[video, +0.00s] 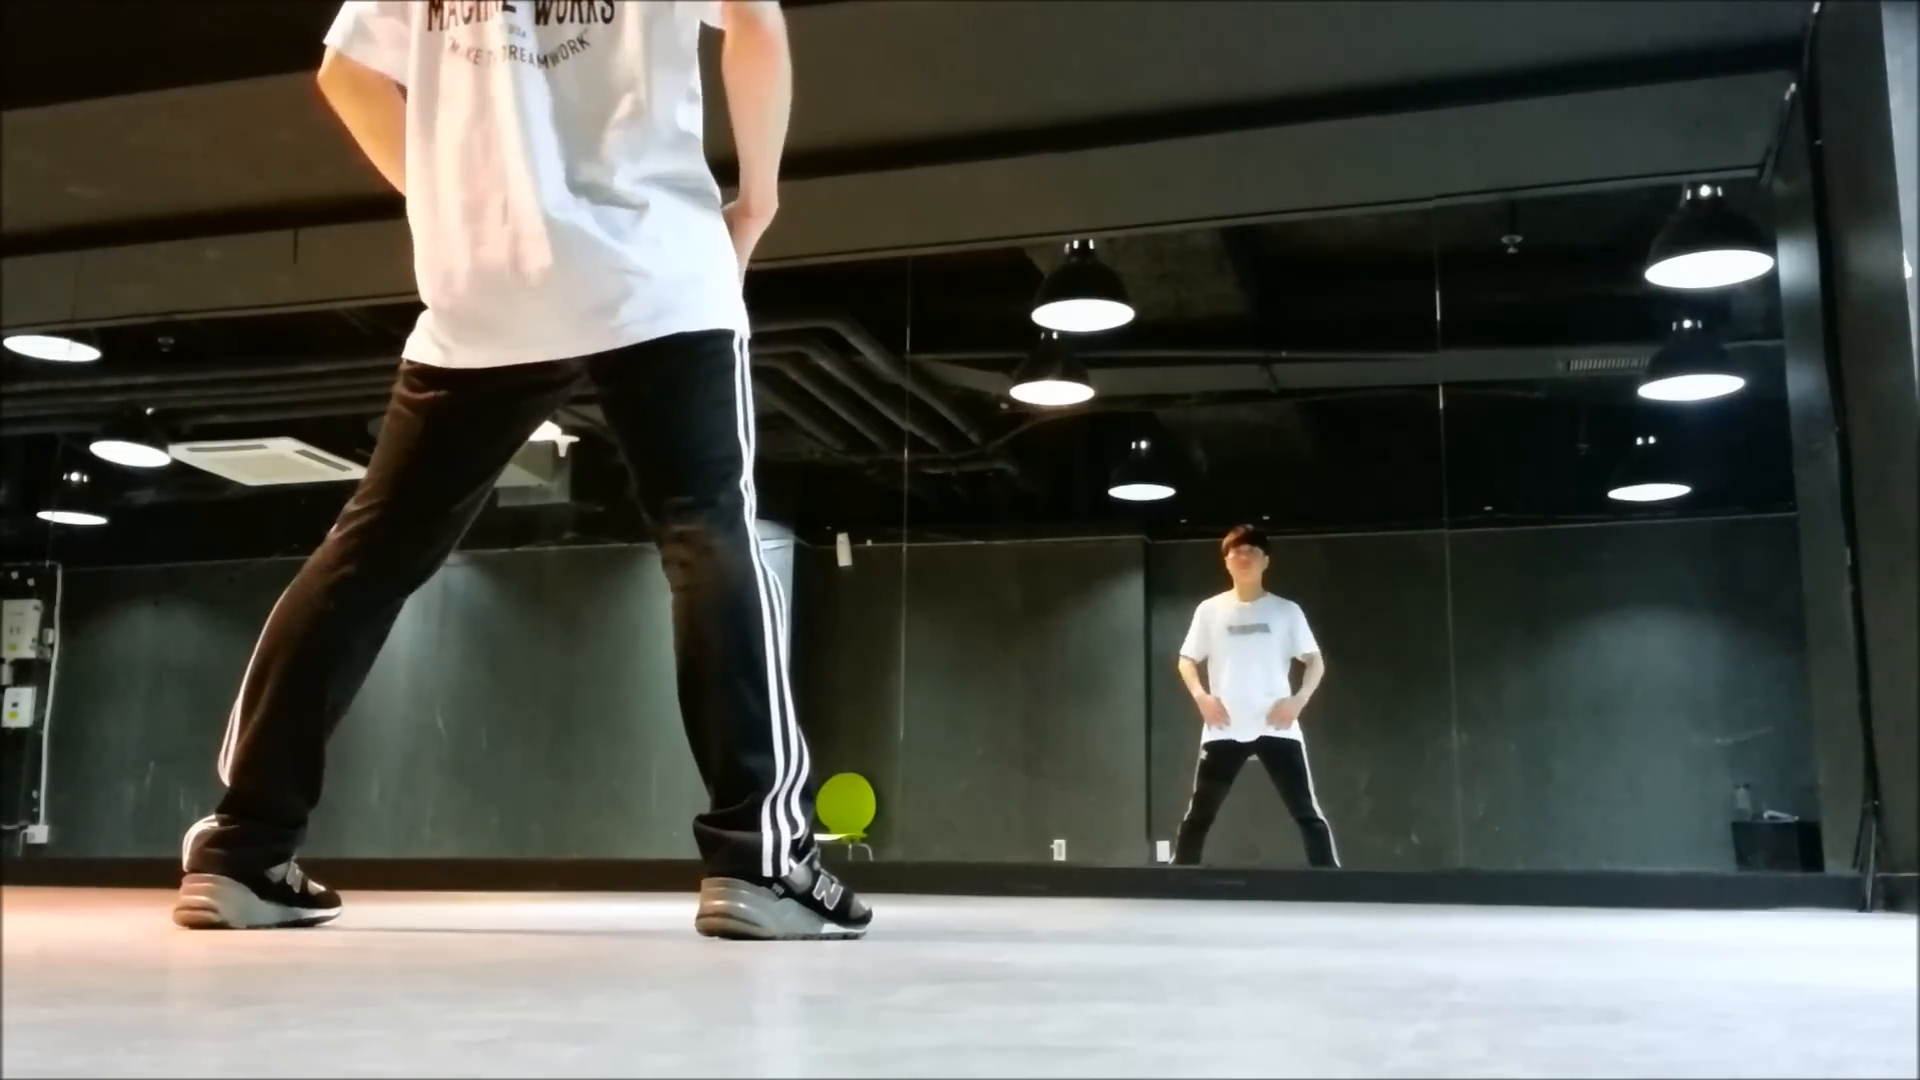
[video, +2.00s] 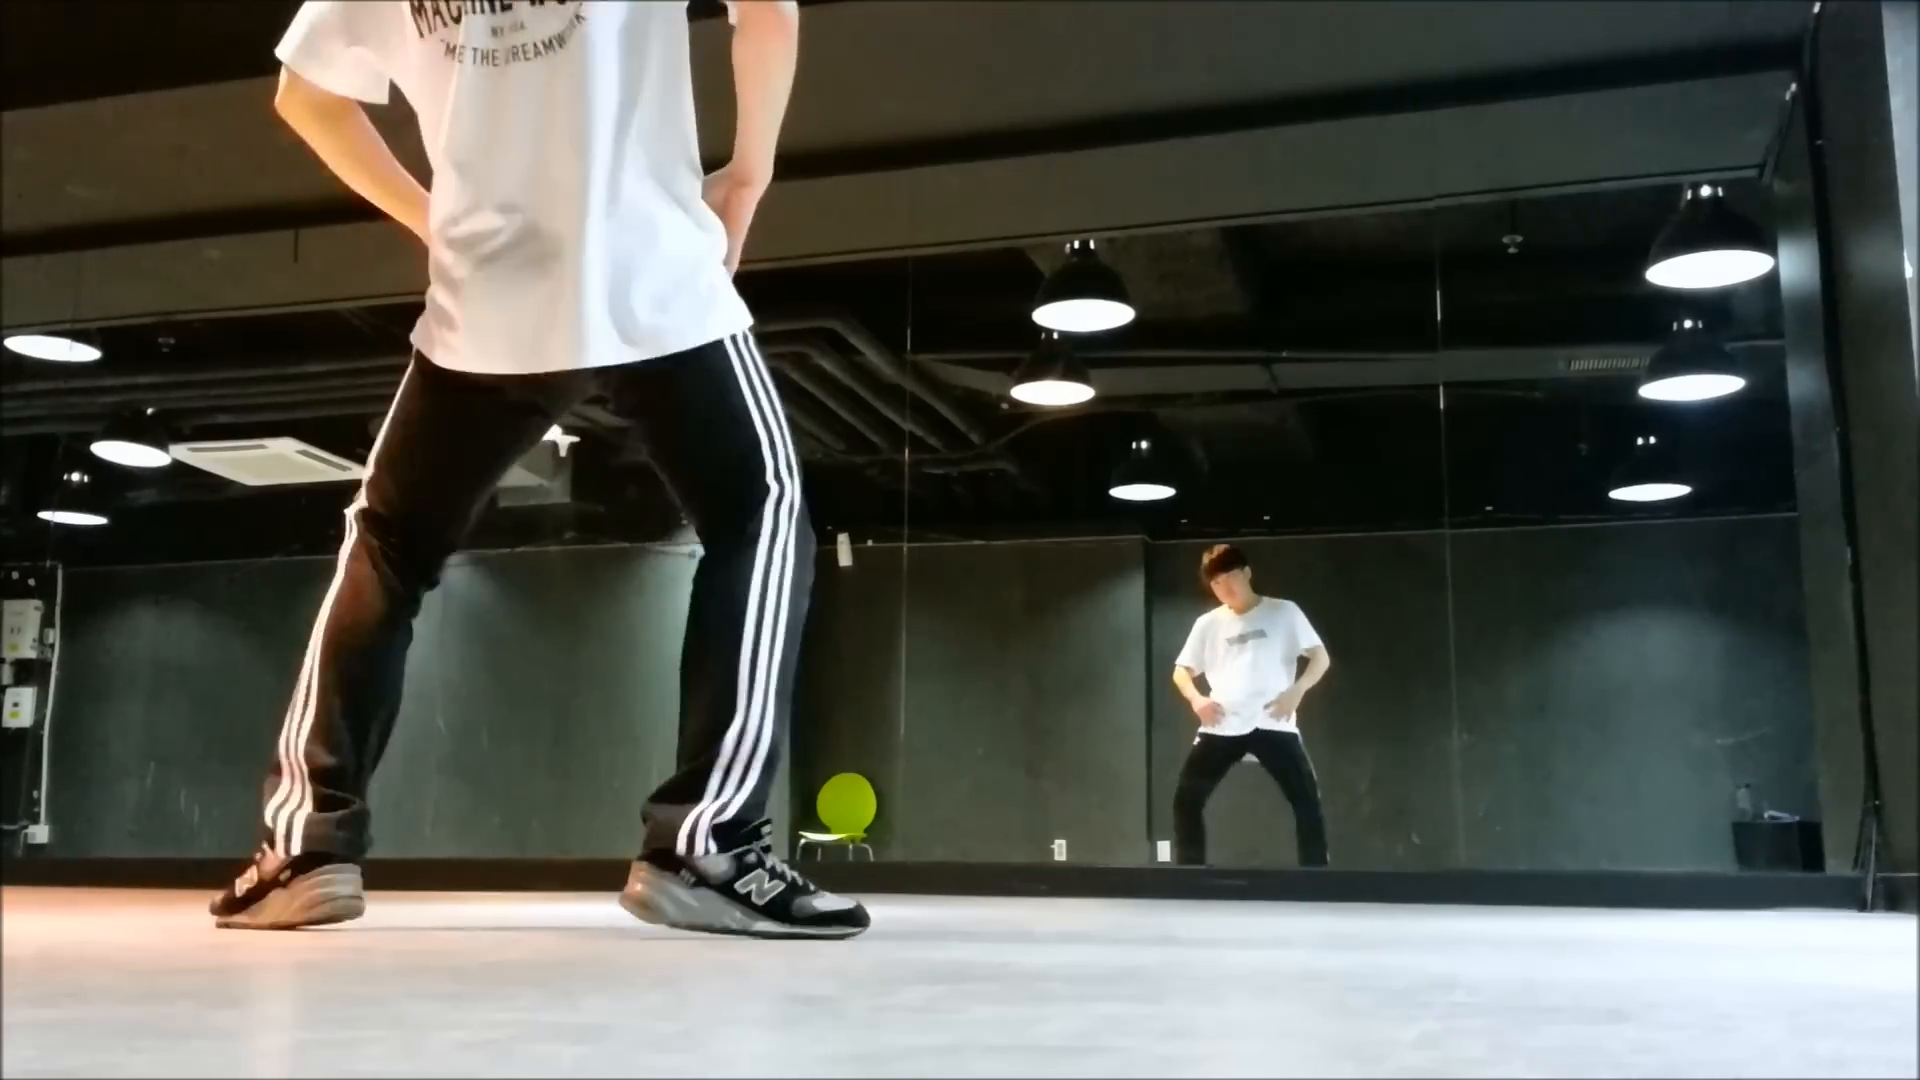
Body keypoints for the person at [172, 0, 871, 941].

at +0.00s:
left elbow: (350, 69)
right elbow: (754, 22)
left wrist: (458, 198)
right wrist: (758, 190)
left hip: (482, 254)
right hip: (655, 251)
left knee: (370, 551)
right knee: (710, 539)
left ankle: (238, 848)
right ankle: (760, 856)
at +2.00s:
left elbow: (306, 92)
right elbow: (766, 11)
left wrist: (431, 216)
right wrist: (746, 174)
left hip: (485, 280)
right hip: (654, 267)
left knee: (386, 549)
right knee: (761, 515)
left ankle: (307, 840)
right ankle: (706, 843)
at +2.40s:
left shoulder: (401, 3)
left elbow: (301, 63)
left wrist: (391, 220)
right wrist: (754, 164)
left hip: (458, 258)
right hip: (635, 243)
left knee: (385, 566)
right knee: (748, 544)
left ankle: (168, 824)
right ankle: (774, 847)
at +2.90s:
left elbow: (306, 68)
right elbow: (764, 35)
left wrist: (409, 218)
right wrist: (743, 185)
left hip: (464, 290)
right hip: (632, 291)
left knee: (383, 565)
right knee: (741, 548)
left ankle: (275, 833)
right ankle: (706, 825)